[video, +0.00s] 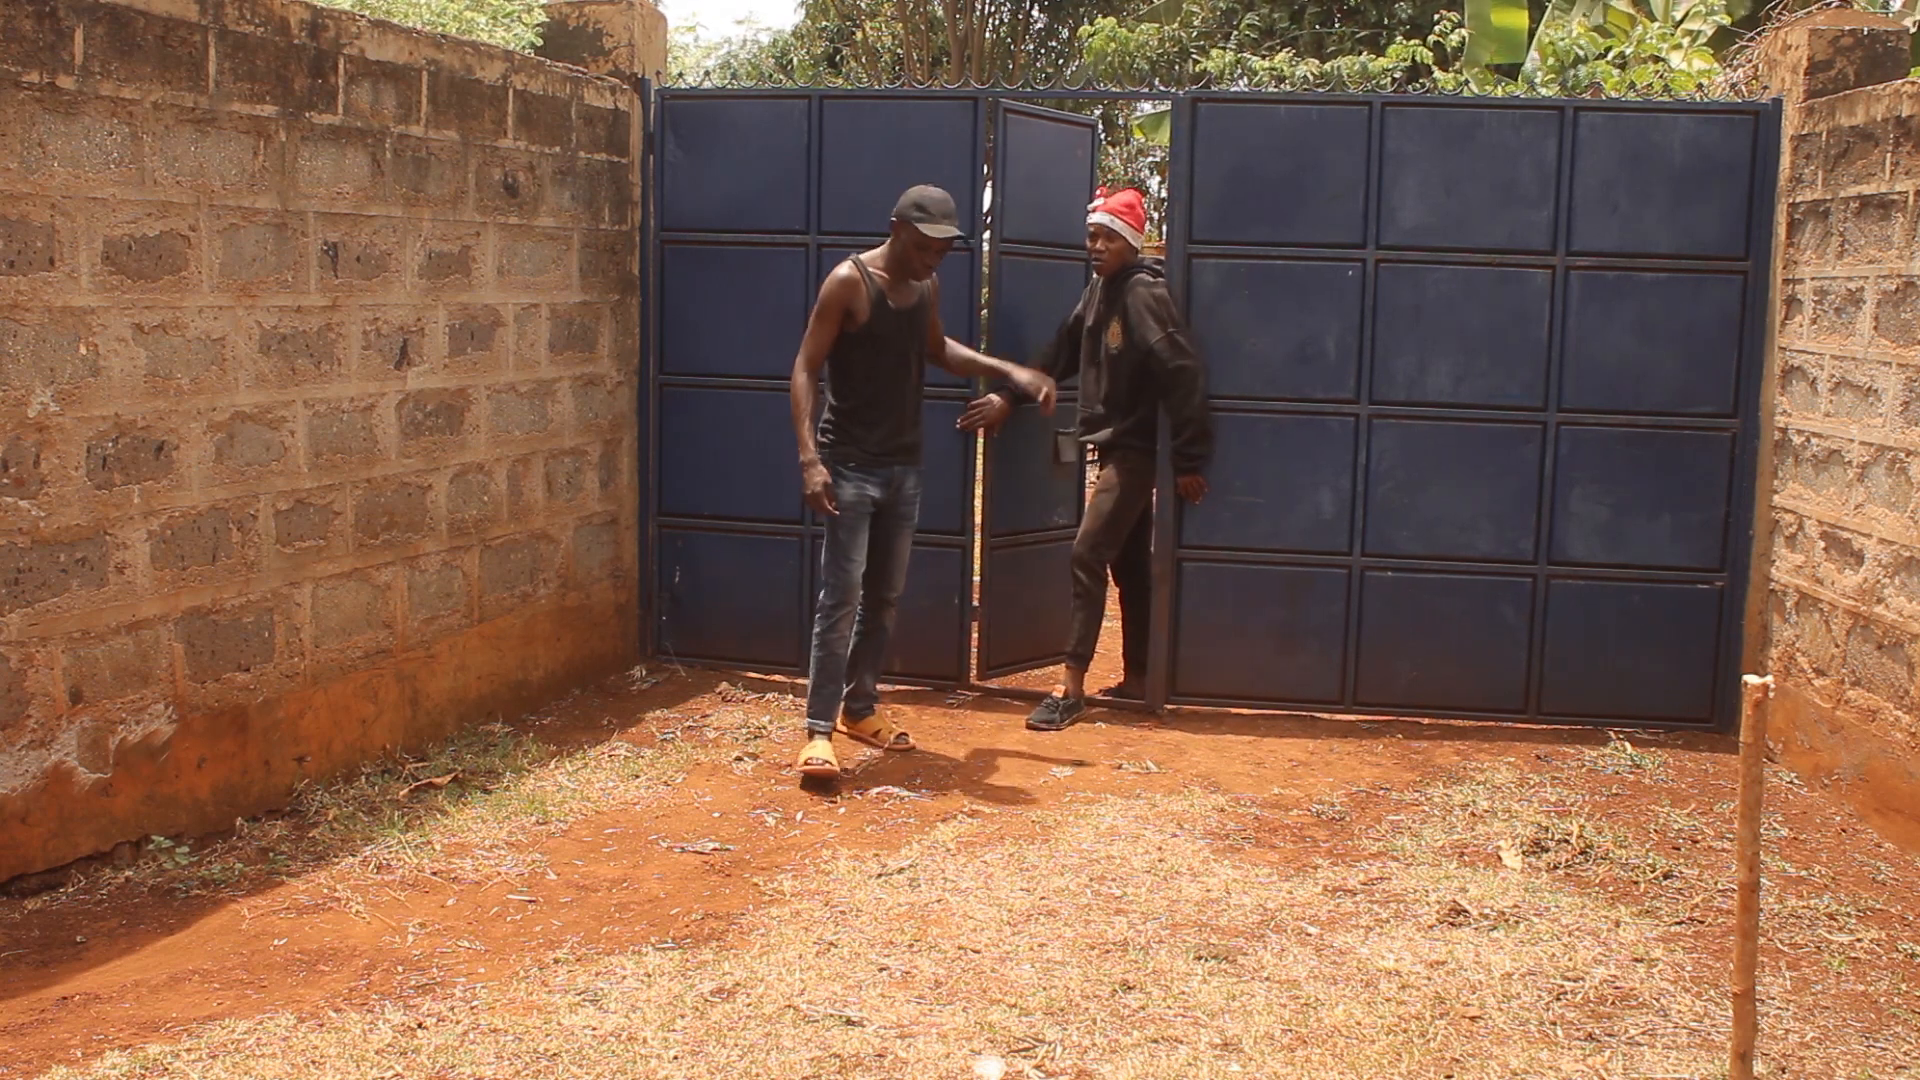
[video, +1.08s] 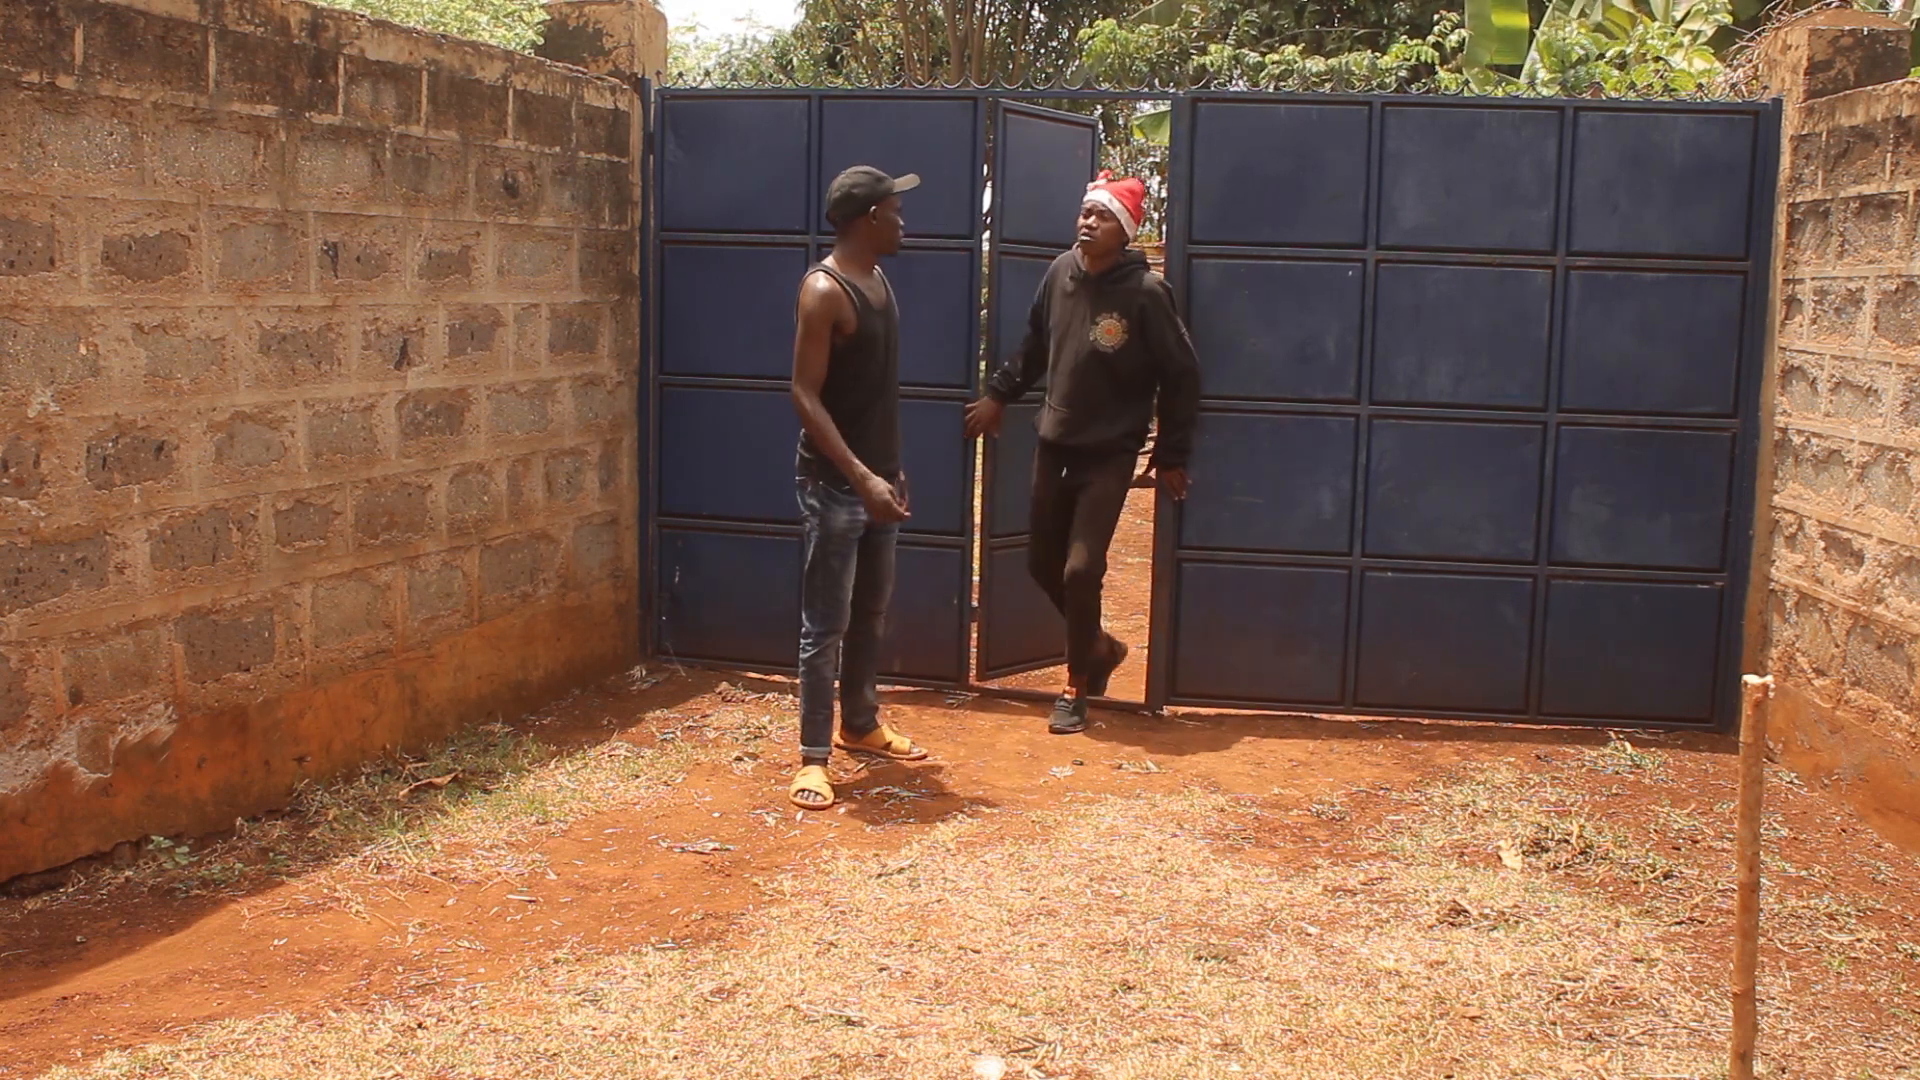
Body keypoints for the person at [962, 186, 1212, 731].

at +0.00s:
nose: (1096, 243)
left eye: (1107, 235)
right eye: (1091, 233)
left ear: (1134, 241)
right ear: (1088, 238)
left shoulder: (1144, 292)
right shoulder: (1097, 293)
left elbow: (1183, 372)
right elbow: (1057, 357)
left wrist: (1188, 461)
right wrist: (1007, 397)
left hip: (1132, 452)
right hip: (1105, 450)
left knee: (1086, 557)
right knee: (1132, 567)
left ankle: (1071, 690)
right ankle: (1140, 676)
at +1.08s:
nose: (1088, 223)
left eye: (1102, 216)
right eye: (1086, 212)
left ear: (1128, 230)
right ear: (1079, 218)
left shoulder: (1148, 291)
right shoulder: (1062, 269)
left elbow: (1181, 376)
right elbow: (1036, 341)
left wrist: (1172, 455)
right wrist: (997, 395)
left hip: (1110, 451)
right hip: (1054, 444)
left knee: (1081, 569)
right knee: (1043, 565)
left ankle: (1074, 693)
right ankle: (1099, 648)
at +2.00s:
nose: (1076, 209)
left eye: (1088, 199)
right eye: (1069, 198)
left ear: (1113, 206)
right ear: (1060, 204)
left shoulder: (1134, 280)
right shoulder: (1030, 258)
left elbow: (1153, 374)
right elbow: (963, 300)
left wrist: (1163, 454)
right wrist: (1002, 233)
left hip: (1088, 441)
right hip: (1022, 435)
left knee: (1080, 566)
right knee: (1010, 563)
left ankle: (1076, 689)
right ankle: (994, 690)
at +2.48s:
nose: (1081, 212)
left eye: (1093, 204)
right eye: (1074, 201)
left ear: (1116, 213)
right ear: (1063, 205)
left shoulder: (1126, 284)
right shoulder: (1027, 256)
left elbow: (1143, 375)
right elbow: (983, 328)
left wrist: (1163, 454)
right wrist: (1026, 380)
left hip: (1079, 447)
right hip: (1012, 440)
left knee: (1073, 569)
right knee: (1005, 566)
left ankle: (1074, 688)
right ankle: (993, 691)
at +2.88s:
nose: (1088, 223)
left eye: (1101, 215)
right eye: (1084, 212)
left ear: (1129, 220)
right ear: (1077, 212)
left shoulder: (1149, 285)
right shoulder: (1054, 257)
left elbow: (1153, 378)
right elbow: (1003, 308)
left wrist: (1160, 459)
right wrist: (1002, 355)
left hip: (1087, 439)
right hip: (1022, 425)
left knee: (1075, 567)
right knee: (996, 555)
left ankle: (1074, 687)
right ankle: (997, 679)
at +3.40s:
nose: (1070, 243)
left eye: (1082, 236)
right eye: (1065, 233)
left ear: (1107, 244)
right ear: (1060, 237)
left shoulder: (1122, 287)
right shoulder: (1056, 284)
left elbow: (1142, 381)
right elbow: (1028, 363)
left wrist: (1154, 465)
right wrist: (976, 411)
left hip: (1111, 451)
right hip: (1070, 450)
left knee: (1053, 559)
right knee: (1104, 573)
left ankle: (1069, 690)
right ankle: (1121, 680)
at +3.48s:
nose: (1062, 245)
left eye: (1074, 237)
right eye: (1058, 235)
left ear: (1100, 245)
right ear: (1054, 238)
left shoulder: (1118, 288)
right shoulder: (1052, 286)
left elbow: (1137, 381)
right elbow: (1026, 370)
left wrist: (1155, 463)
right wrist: (979, 420)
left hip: (1114, 449)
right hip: (1077, 449)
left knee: (1058, 555)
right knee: (1114, 570)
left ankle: (1070, 690)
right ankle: (1122, 680)